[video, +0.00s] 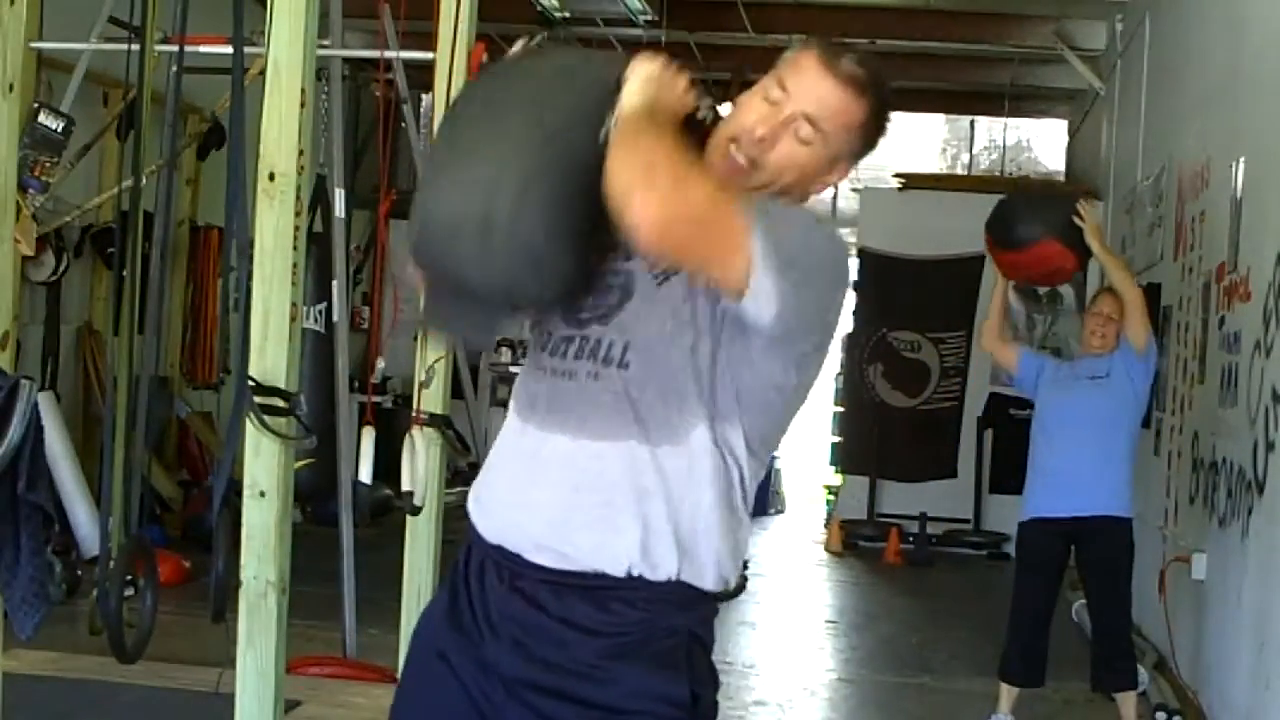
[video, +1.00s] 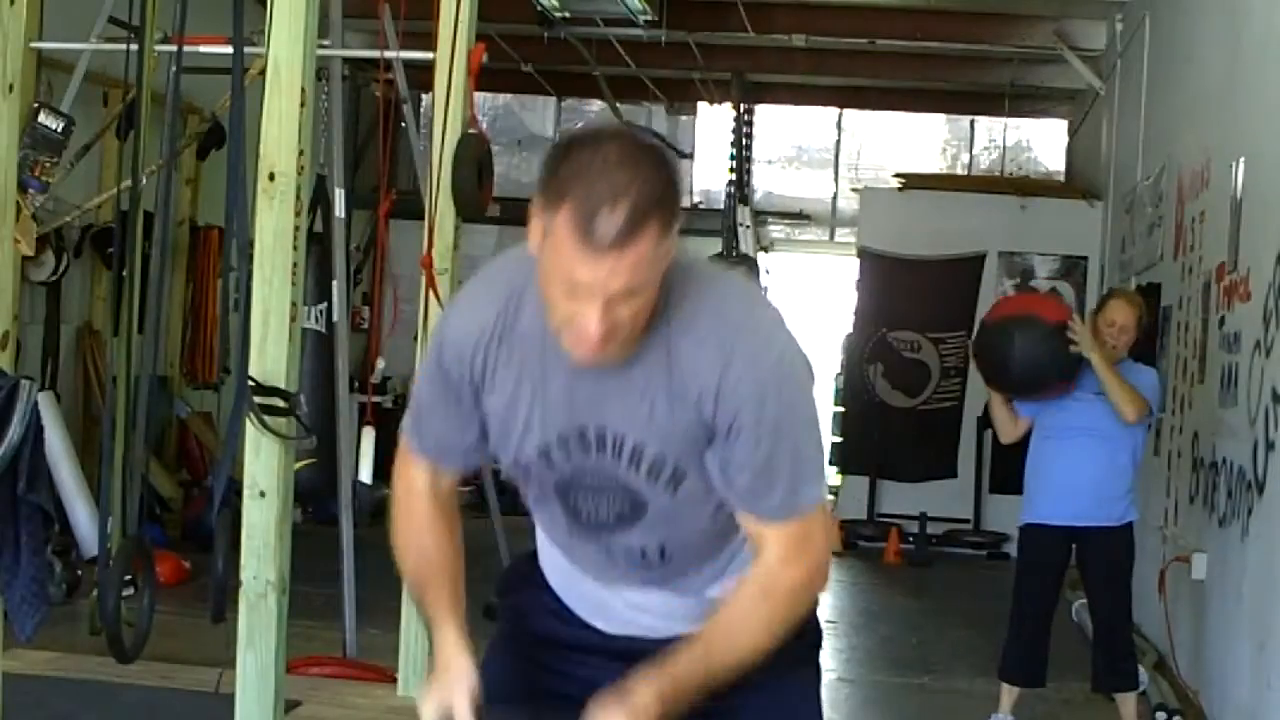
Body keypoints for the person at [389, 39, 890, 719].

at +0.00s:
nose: (762, 128)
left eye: (804, 132)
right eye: (773, 95)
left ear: (829, 178)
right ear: (752, 83)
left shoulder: (808, 258)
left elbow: (656, 210)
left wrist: (648, 107)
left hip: (630, 637)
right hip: (481, 597)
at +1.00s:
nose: (593, 328)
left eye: (625, 296)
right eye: (572, 290)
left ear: (668, 249)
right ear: (535, 232)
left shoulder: (746, 347)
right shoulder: (484, 318)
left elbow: (797, 561)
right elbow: (424, 474)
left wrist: (652, 694)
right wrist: (449, 647)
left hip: (733, 623)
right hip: (562, 613)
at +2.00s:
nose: (527, 468)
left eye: (550, 438)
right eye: (504, 440)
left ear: (608, 382)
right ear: (481, 403)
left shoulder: (707, 413)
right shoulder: (445, 432)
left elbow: (838, 640)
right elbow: (425, 617)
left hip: (727, 654)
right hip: (555, 646)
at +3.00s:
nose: (452, 121)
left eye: (476, 88)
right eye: (426, 90)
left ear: (525, 61)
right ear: (397, 74)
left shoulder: (620, 167)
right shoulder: (348, 208)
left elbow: (712, 355)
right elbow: (283, 388)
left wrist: (721, 524)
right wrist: (227, 547)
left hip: (606, 593)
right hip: (424, 600)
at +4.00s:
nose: (688, 164)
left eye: (720, 134)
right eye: (668, 128)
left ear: (780, 104)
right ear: (653, 96)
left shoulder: (865, 235)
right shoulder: (590, 214)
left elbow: (914, 462)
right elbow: (528, 394)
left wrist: (908, 665)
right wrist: (465, 556)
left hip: (760, 635)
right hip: (587, 620)